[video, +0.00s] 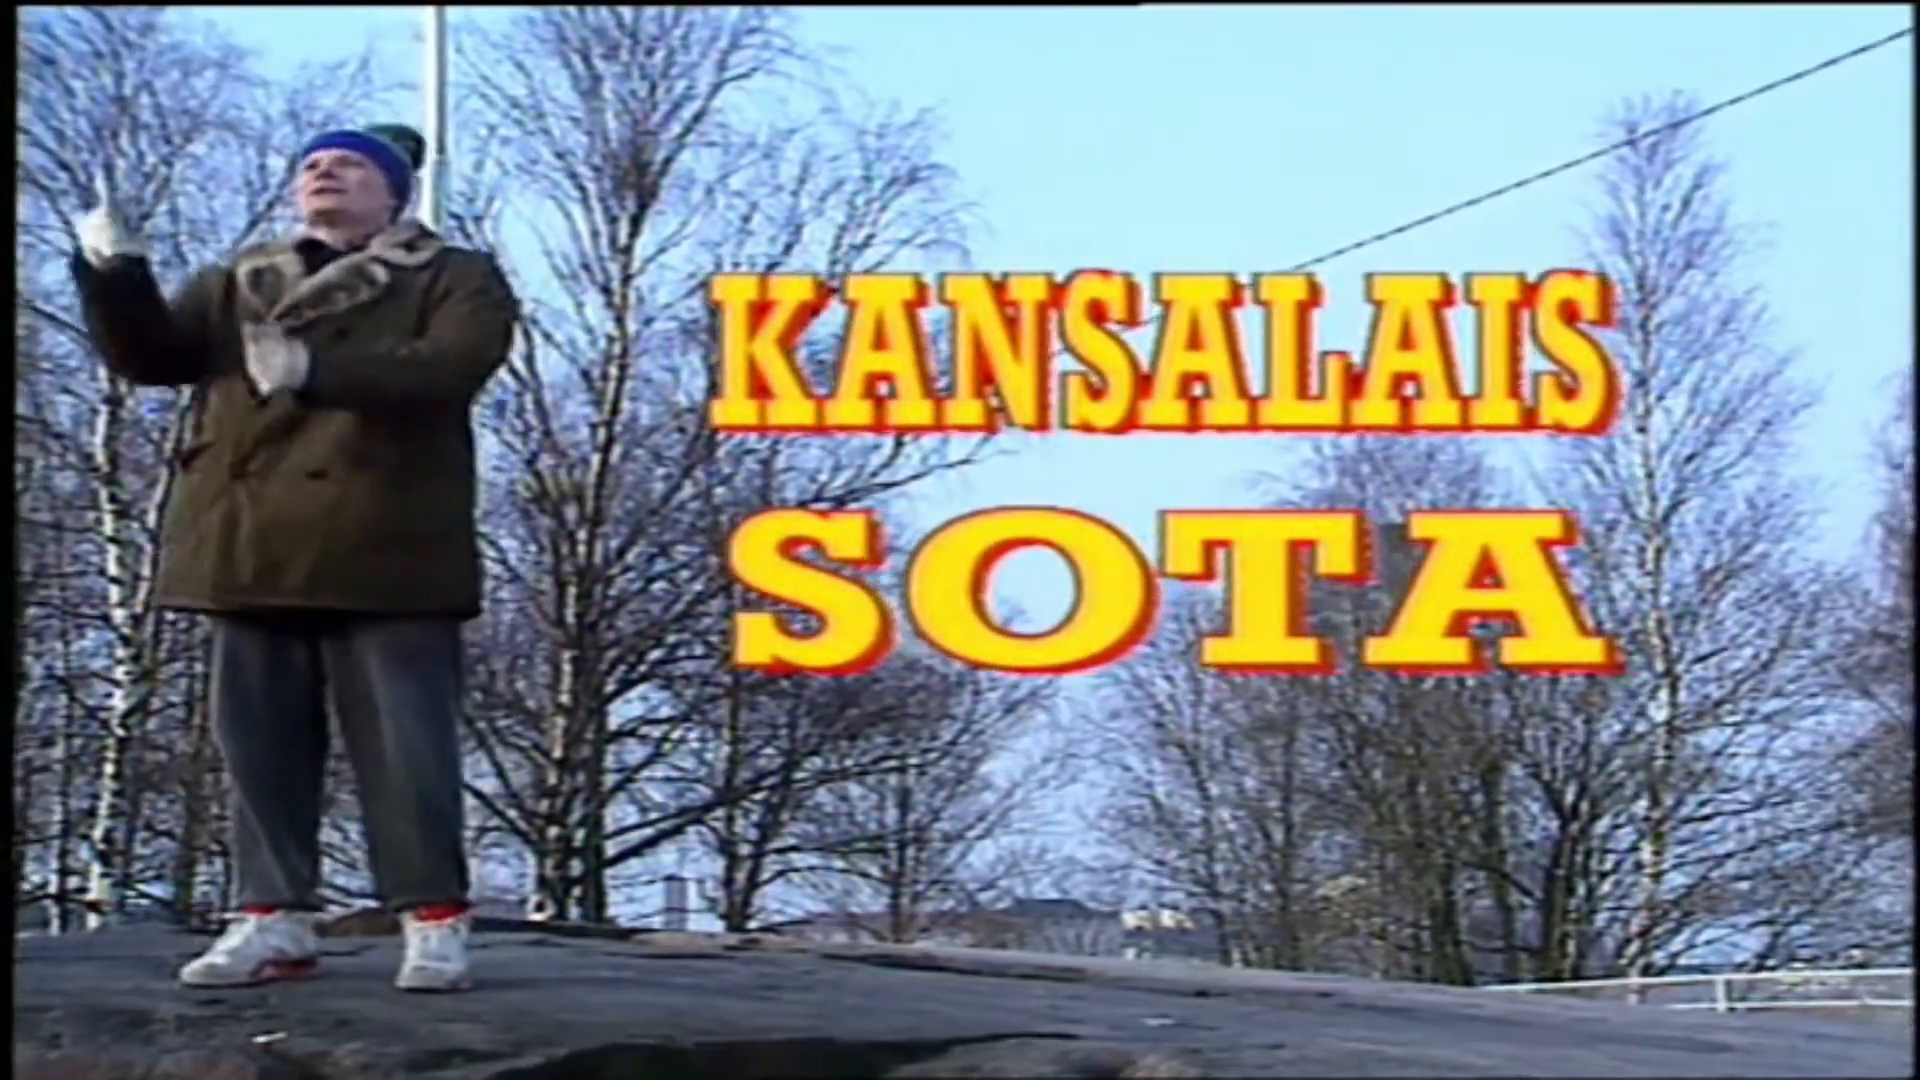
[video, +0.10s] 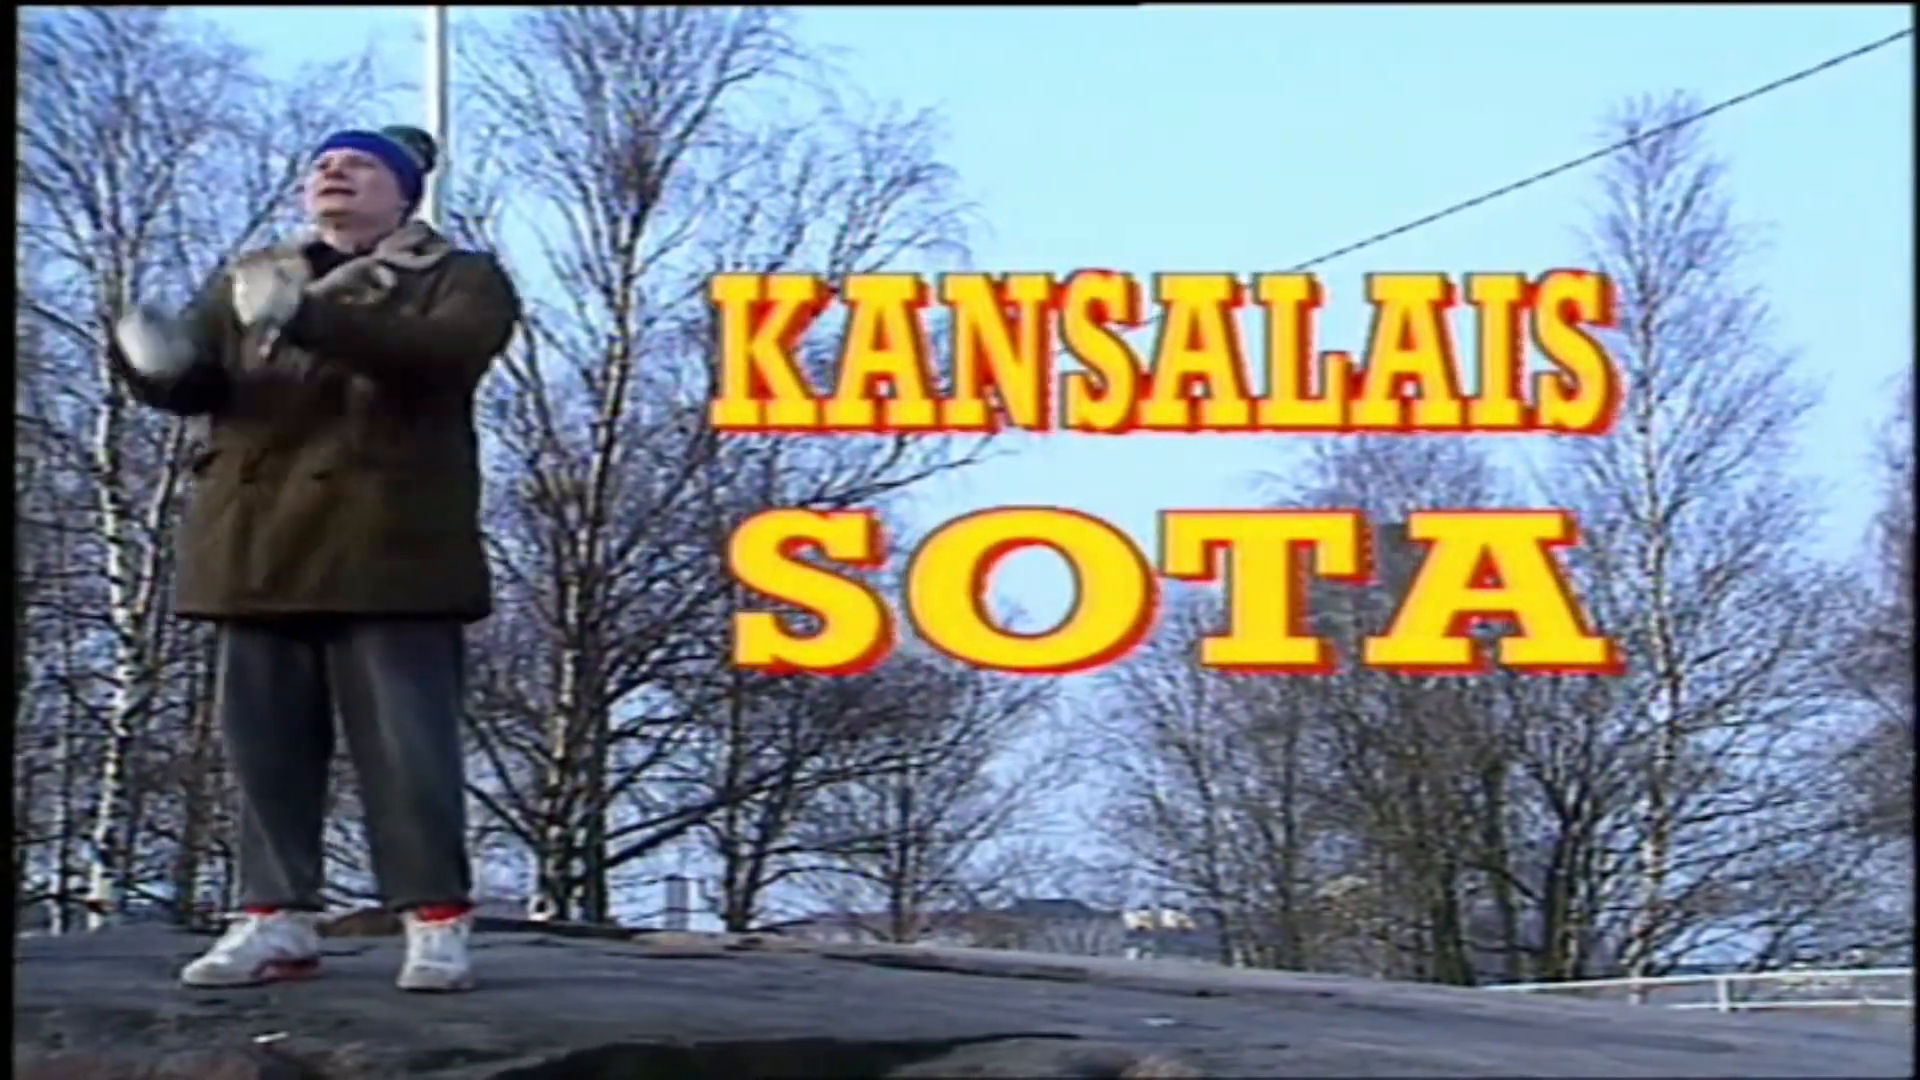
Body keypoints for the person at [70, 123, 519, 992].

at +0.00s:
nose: (321, 172)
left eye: (345, 163)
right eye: (310, 166)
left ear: (396, 193)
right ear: (292, 198)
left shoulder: (456, 275)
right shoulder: (246, 280)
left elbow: (447, 373)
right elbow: (151, 355)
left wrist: (315, 365)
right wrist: (114, 272)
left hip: (391, 561)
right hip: (253, 560)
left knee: (405, 747)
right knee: (259, 745)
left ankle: (434, 920)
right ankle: (276, 918)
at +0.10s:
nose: (332, 175)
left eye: (356, 166)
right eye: (321, 167)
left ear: (407, 194)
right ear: (303, 195)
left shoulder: (461, 275)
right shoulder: (255, 275)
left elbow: (446, 353)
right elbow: (198, 383)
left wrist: (308, 314)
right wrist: (162, 366)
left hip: (394, 554)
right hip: (259, 552)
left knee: (406, 744)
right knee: (265, 744)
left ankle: (436, 919)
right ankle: (279, 917)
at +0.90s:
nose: (348, 180)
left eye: (371, 170)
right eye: (336, 171)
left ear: (420, 196)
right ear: (319, 198)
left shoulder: (476, 278)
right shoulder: (255, 294)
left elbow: (470, 339)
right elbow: (211, 384)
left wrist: (342, 280)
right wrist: (209, 436)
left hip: (412, 554)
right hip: (278, 556)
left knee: (421, 746)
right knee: (281, 748)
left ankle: (445, 920)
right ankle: (289, 918)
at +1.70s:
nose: (356, 171)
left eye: (382, 164)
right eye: (344, 166)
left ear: (429, 201)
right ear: (322, 197)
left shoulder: (468, 272)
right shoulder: (267, 288)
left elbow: (497, 312)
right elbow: (205, 383)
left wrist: (348, 252)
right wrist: (223, 409)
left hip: (421, 549)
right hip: (288, 555)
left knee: (429, 742)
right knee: (284, 741)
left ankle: (453, 920)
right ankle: (297, 918)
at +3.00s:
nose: (372, 171)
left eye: (396, 162)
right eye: (374, 164)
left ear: (448, 196)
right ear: (372, 198)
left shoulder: (516, 287)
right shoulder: (303, 283)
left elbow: (503, 388)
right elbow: (164, 309)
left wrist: (382, 395)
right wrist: (169, 202)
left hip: (438, 567)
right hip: (309, 565)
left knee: (444, 750)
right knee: (302, 745)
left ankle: (462, 921)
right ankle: (304, 920)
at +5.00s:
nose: (377, 176)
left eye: (404, 168)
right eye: (370, 169)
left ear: (452, 206)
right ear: (353, 197)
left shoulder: (487, 272)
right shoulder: (296, 279)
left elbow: (507, 314)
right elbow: (238, 362)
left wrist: (349, 261)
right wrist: (248, 398)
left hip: (430, 546)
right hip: (302, 547)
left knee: (440, 740)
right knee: (299, 738)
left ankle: (461, 919)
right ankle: (305, 917)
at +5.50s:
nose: (380, 175)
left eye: (405, 168)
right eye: (373, 170)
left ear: (453, 208)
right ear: (356, 204)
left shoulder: (504, 283)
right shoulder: (309, 282)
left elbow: (489, 370)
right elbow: (192, 352)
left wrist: (337, 373)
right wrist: (198, 255)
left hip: (435, 551)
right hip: (305, 549)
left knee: (444, 739)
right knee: (301, 736)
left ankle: (462, 919)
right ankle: (306, 918)